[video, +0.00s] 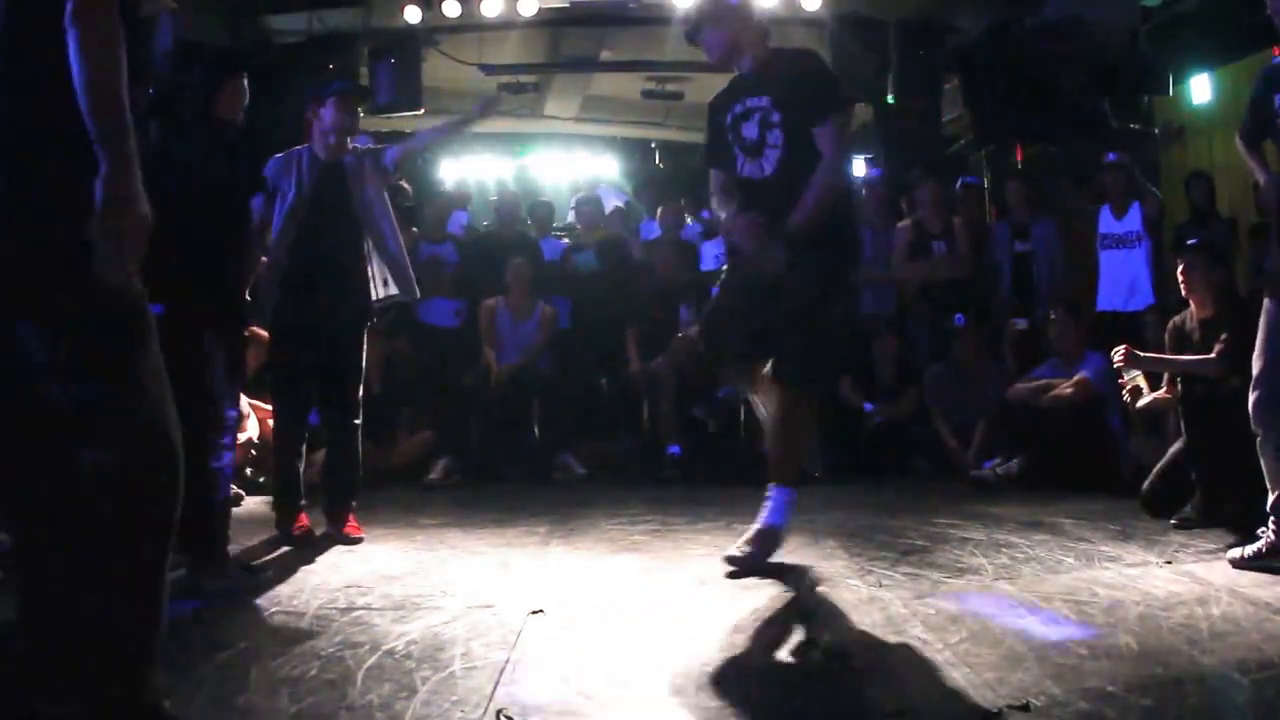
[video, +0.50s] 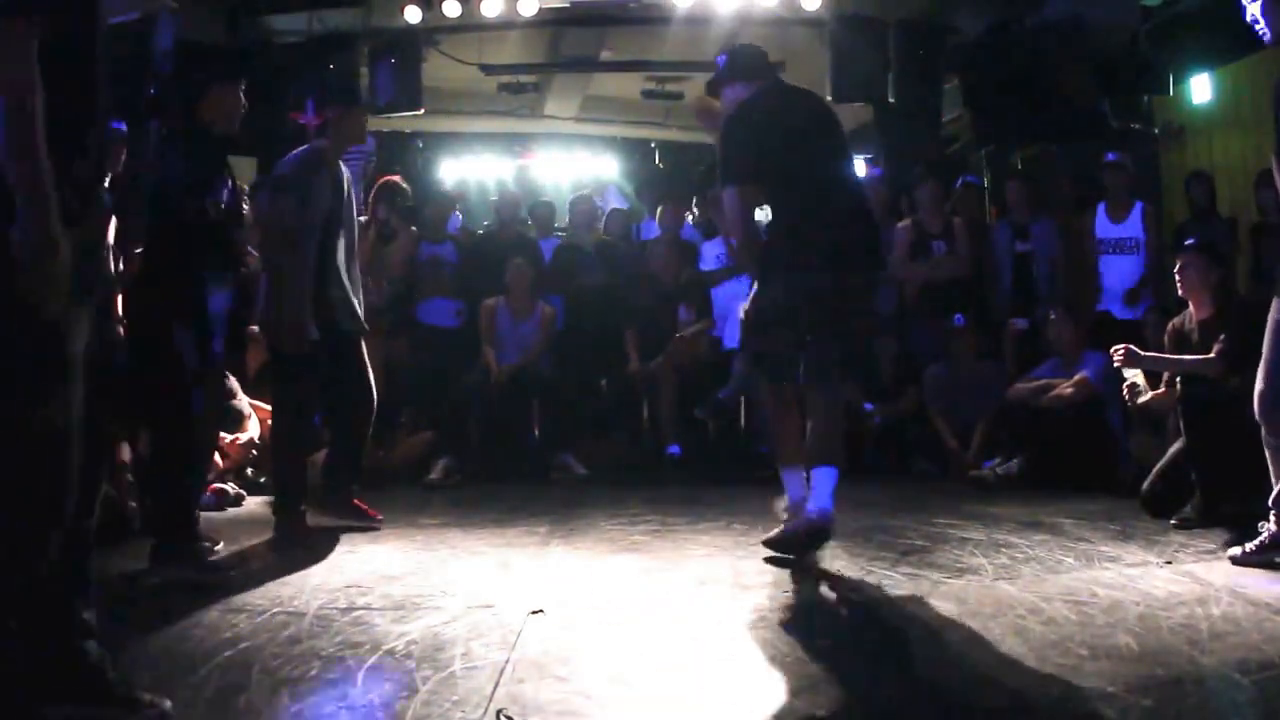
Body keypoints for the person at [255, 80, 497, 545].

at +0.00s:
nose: (350, 120)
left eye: (354, 113)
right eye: (341, 111)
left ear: (356, 121)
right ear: (316, 115)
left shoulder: (366, 161)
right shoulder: (284, 166)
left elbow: (416, 143)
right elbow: (254, 230)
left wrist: (470, 119)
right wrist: (242, 288)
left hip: (349, 306)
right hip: (293, 305)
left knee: (345, 414)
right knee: (290, 417)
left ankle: (342, 511)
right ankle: (291, 513)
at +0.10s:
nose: (339, 125)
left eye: (344, 116)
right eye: (330, 115)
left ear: (349, 121)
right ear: (307, 117)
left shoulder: (360, 164)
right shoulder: (275, 172)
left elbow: (413, 171)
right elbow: (251, 240)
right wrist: (253, 305)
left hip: (347, 308)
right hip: (293, 308)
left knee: (344, 415)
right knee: (292, 415)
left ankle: (341, 510)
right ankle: (290, 512)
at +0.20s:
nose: (340, 118)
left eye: (340, 110)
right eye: (329, 109)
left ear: (341, 116)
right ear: (300, 117)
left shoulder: (359, 167)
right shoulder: (271, 177)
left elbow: (403, 206)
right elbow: (255, 251)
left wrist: (447, 257)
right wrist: (262, 313)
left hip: (347, 314)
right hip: (291, 314)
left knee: (345, 418)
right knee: (289, 421)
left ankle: (342, 511)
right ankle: (290, 512)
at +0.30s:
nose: (344, 117)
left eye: (341, 110)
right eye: (333, 111)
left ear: (332, 120)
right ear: (304, 121)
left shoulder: (355, 171)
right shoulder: (271, 181)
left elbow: (379, 232)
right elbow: (257, 253)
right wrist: (261, 319)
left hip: (343, 317)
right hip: (290, 320)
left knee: (352, 413)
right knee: (288, 421)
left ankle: (342, 506)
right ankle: (291, 512)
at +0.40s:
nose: (353, 122)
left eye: (352, 113)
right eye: (344, 113)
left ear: (343, 120)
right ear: (316, 117)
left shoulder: (351, 175)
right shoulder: (275, 178)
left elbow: (353, 246)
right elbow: (259, 253)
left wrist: (361, 305)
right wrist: (265, 317)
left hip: (342, 314)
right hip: (291, 317)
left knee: (360, 403)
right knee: (288, 419)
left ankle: (338, 497)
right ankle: (289, 511)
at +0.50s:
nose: (362, 134)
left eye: (363, 125)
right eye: (357, 124)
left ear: (344, 124)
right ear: (332, 120)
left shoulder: (339, 173)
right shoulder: (298, 170)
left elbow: (340, 249)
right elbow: (288, 249)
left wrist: (354, 307)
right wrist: (293, 317)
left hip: (339, 315)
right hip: (300, 316)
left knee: (359, 402)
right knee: (294, 416)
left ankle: (339, 493)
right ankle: (290, 514)